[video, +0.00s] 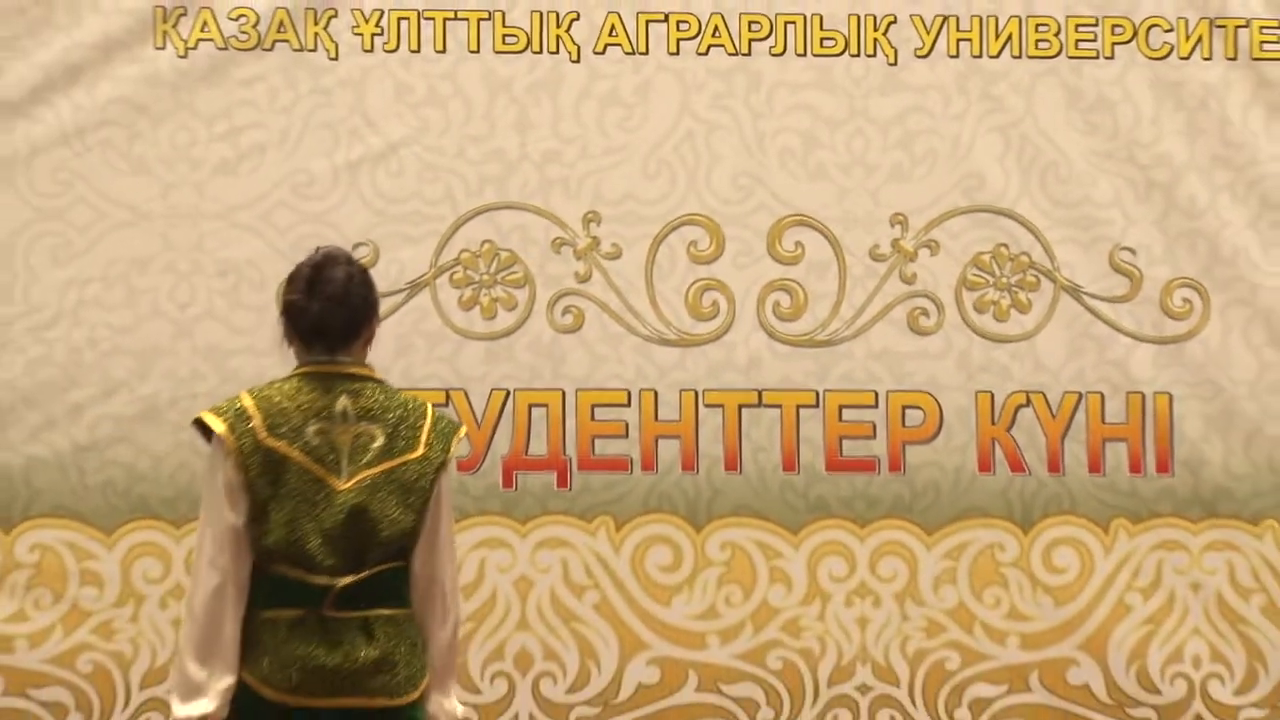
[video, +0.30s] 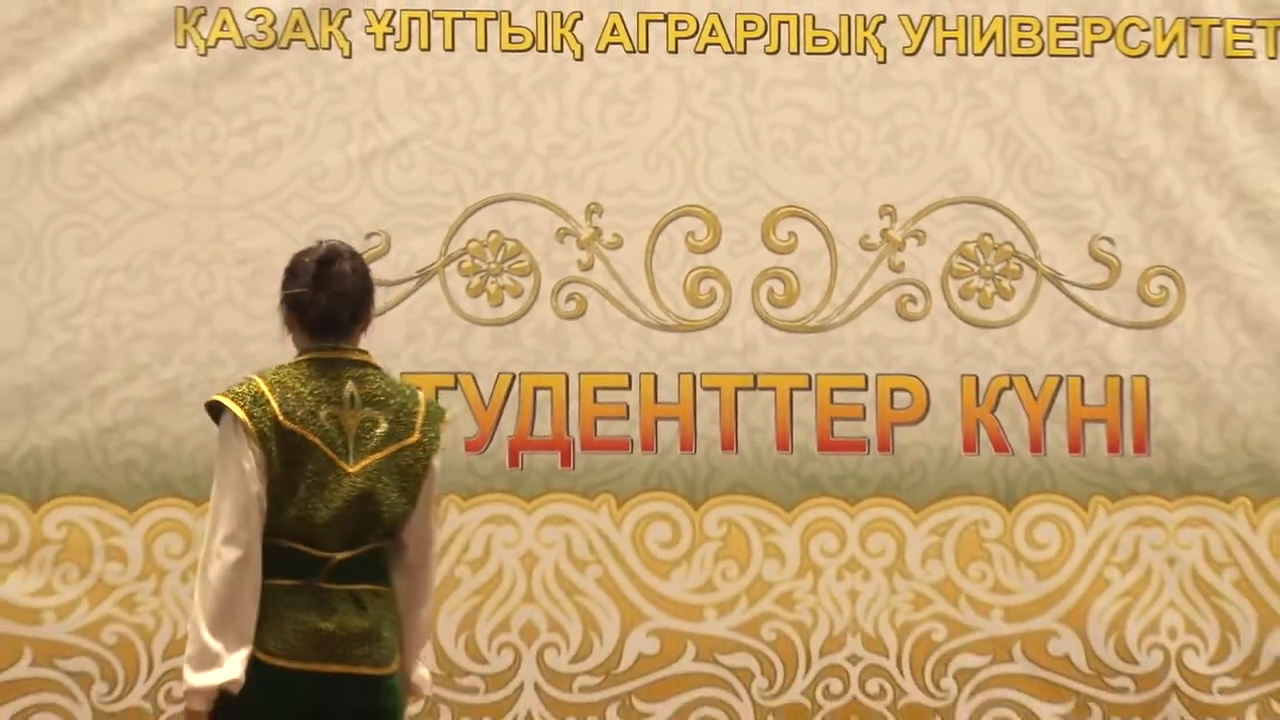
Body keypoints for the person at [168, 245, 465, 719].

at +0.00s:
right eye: (375, 320)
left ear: (287, 330)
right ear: (372, 330)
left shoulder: (244, 424)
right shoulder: (423, 429)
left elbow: (219, 574)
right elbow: (434, 576)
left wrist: (197, 700)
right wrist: (442, 699)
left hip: (273, 689)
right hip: (389, 690)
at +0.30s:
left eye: (287, 309)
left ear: (287, 318)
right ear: (368, 319)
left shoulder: (255, 405)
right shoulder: (415, 414)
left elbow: (233, 548)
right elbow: (416, 553)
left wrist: (204, 677)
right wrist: (409, 666)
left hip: (269, 674)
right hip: (370, 676)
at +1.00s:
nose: (317, 271)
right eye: (316, 262)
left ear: (240, 270)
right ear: (311, 270)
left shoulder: (192, 357)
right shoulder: (351, 353)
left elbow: (177, 486)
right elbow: (372, 480)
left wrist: (175, 594)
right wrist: (388, 585)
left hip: (231, 598)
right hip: (331, 597)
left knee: (235, 713)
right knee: (344, 711)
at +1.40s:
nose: (367, 246)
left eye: (362, 235)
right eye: (366, 237)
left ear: (295, 246)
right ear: (357, 245)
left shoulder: (253, 329)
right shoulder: (398, 316)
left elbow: (244, 452)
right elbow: (419, 435)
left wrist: (244, 549)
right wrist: (450, 538)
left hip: (308, 551)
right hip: (394, 545)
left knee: (294, 702)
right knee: (411, 701)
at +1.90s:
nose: (430, 215)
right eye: (430, 207)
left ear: (367, 213)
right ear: (429, 212)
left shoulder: (332, 288)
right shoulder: (469, 286)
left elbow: (321, 401)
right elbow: (484, 398)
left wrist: (315, 496)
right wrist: (494, 488)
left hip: (364, 501)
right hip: (447, 499)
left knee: (355, 634)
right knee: (439, 640)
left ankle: (372, 718)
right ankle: (435, 718)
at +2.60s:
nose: (370, 189)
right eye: (387, 180)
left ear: (332, 181)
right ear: (391, 186)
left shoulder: (300, 249)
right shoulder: (415, 259)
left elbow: (271, 348)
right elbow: (426, 362)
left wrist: (251, 431)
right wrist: (431, 443)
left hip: (307, 435)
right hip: (382, 440)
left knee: (300, 572)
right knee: (399, 571)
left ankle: (299, 709)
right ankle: (427, 705)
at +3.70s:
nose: (407, 184)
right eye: (409, 177)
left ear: (358, 181)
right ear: (409, 180)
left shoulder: (330, 243)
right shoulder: (437, 238)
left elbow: (322, 332)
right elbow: (454, 326)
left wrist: (318, 404)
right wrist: (467, 397)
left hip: (362, 408)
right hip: (427, 406)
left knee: (352, 519)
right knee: (424, 526)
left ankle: (334, 635)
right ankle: (416, 644)